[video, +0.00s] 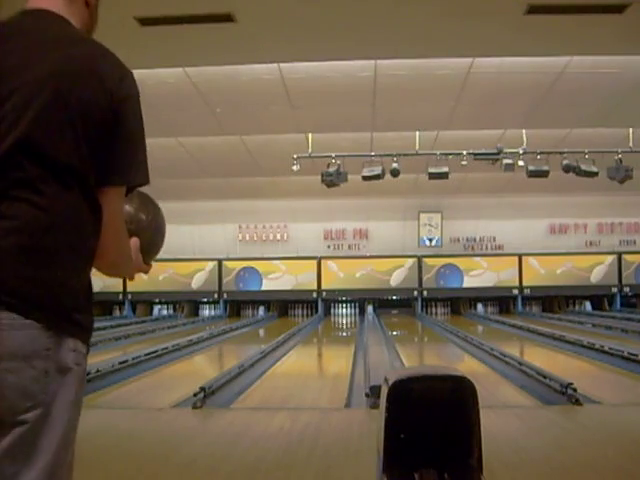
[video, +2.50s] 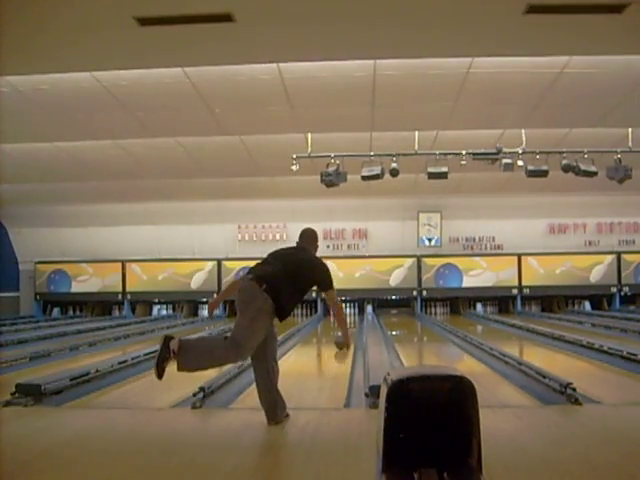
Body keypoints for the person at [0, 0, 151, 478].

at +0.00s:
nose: (97, 16)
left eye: (96, 11)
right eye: (98, 9)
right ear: (89, 3)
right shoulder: (102, 72)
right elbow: (109, 254)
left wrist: (119, 247)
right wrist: (130, 261)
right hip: (30, 325)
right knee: (28, 470)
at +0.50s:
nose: (164, 95)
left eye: (163, 88)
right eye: (165, 86)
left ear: (114, 78)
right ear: (159, 81)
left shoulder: (63, 127)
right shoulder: (164, 144)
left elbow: (85, 221)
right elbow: (175, 249)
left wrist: (165, 257)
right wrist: (194, 272)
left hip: (28, 310)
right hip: (108, 314)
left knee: (49, 463)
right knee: (135, 463)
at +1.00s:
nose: (232, 184)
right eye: (233, 180)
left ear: (200, 169)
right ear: (232, 177)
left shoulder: (160, 194)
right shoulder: (230, 210)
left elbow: (127, 262)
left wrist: (116, 358)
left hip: (114, 286)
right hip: (164, 293)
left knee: (132, 411)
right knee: (162, 428)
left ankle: (143, 470)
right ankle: (155, 471)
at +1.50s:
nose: (281, 233)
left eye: (280, 232)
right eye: (279, 234)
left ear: (236, 228)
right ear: (276, 239)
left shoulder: (222, 248)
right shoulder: (277, 259)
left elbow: (191, 228)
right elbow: (270, 234)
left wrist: (153, 207)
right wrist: (260, 211)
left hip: (193, 308)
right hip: (232, 312)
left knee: (207, 381)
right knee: (240, 390)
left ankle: (195, 426)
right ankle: (226, 463)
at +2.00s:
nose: (301, 263)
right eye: (303, 259)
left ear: (287, 255)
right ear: (304, 260)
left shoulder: (272, 264)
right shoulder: (309, 282)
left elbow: (237, 272)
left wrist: (198, 271)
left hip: (239, 308)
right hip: (261, 319)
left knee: (266, 368)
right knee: (238, 370)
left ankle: (277, 415)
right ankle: (179, 383)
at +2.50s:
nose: (317, 248)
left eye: (314, 245)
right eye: (317, 245)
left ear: (299, 241)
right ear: (316, 245)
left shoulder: (282, 253)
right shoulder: (317, 265)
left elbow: (245, 278)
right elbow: (334, 305)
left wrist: (219, 298)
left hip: (246, 293)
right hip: (261, 300)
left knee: (265, 360)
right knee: (238, 349)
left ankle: (275, 413)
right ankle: (176, 348)